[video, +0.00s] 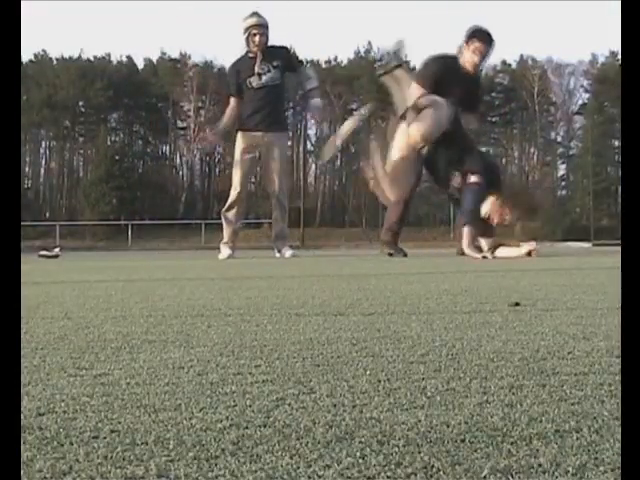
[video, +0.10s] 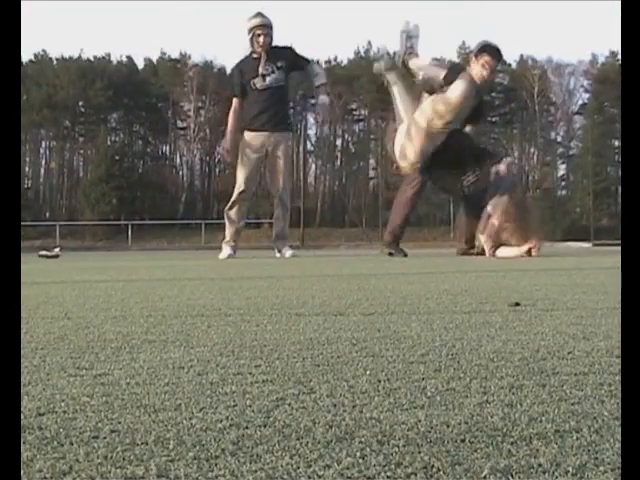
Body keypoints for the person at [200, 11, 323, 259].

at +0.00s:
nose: (257, 38)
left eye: (261, 33)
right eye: (252, 34)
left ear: (268, 34)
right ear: (246, 37)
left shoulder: (282, 55)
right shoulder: (237, 67)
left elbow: (305, 76)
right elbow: (234, 105)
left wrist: (314, 100)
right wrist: (218, 131)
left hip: (277, 134)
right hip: (247, 134)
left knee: (280, 191)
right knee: (237, 190)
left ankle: (281, 245)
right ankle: (227, 244)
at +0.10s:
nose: (263, 38)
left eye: (266, 34)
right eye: (258, 35)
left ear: (272, 35)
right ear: (250, 37)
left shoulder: (286, 55)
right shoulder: (242, 68)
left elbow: (315, 70)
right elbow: (236, 106)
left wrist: (322, 96)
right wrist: (228, 139)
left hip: (282, 136)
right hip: (251, 136)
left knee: (282, 192)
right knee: (242, 190)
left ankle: (281, 244)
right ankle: (229, 244)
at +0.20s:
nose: (269, 39)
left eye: (273, 35)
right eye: (264, 35)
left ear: (279, 37)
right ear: (257, 38)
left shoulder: (291, 57)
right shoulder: (245, 68)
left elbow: (325, 70)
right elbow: (234, 105)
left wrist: (332, 95)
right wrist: (235, 136)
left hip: (289, 135)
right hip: (259, 136)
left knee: (286, 192)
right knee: (250, 188)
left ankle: (282, 244)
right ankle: (237, 244)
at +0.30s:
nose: (274, 40)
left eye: (277, 36)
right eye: (269, 36)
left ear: (283, 38)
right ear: (261, 38)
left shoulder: (294, 59)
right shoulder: (248, 65)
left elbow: (327, 70)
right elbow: (233, 99)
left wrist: (340, 91)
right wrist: (231, 134)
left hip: (292, 136)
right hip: (263, 135)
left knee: (288, 192)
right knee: (254, 189)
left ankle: (282, 244)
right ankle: (242, 243)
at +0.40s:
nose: (280, 42)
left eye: (283, 37)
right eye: (275, 38)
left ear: (290, 38)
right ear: (267, 40)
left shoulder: (298, 61)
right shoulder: (253, 63)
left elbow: (327, 70)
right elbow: (230, 90)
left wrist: (349, 79)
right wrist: (219, 125)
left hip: (295, 137)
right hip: (267, 136)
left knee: (290, 192)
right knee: (258, 188)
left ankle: (282, 244)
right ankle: (245, 242)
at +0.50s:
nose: (283, 43)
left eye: (286, 38)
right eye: (278, 39)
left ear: (292, 39)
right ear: (271, 41)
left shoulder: (302, 62)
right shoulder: (255, 62)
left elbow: (329, 75)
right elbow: (227, 82)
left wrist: (351, 82)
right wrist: (211, 110)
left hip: (295, 137)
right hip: (268, 136)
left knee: (290, 192)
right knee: (260, 187)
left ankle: (282, 244)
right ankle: (245, 242)